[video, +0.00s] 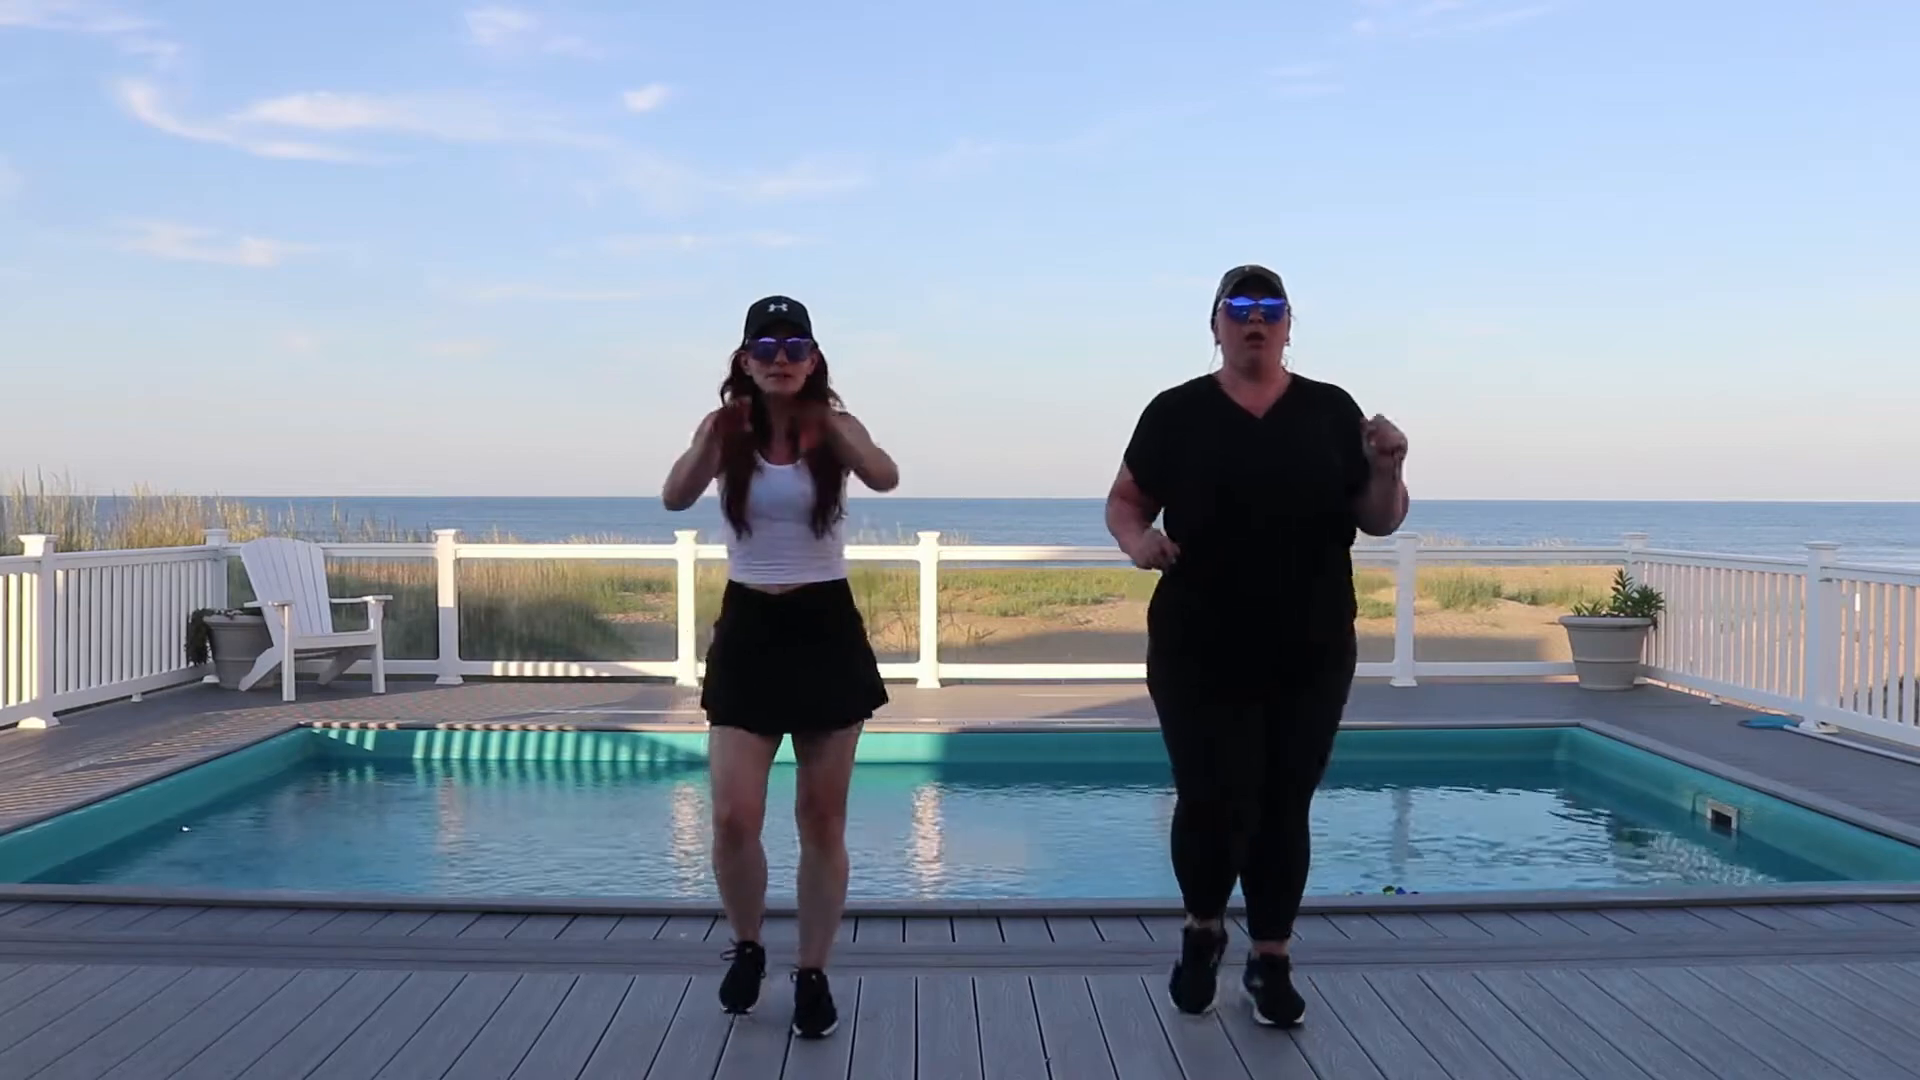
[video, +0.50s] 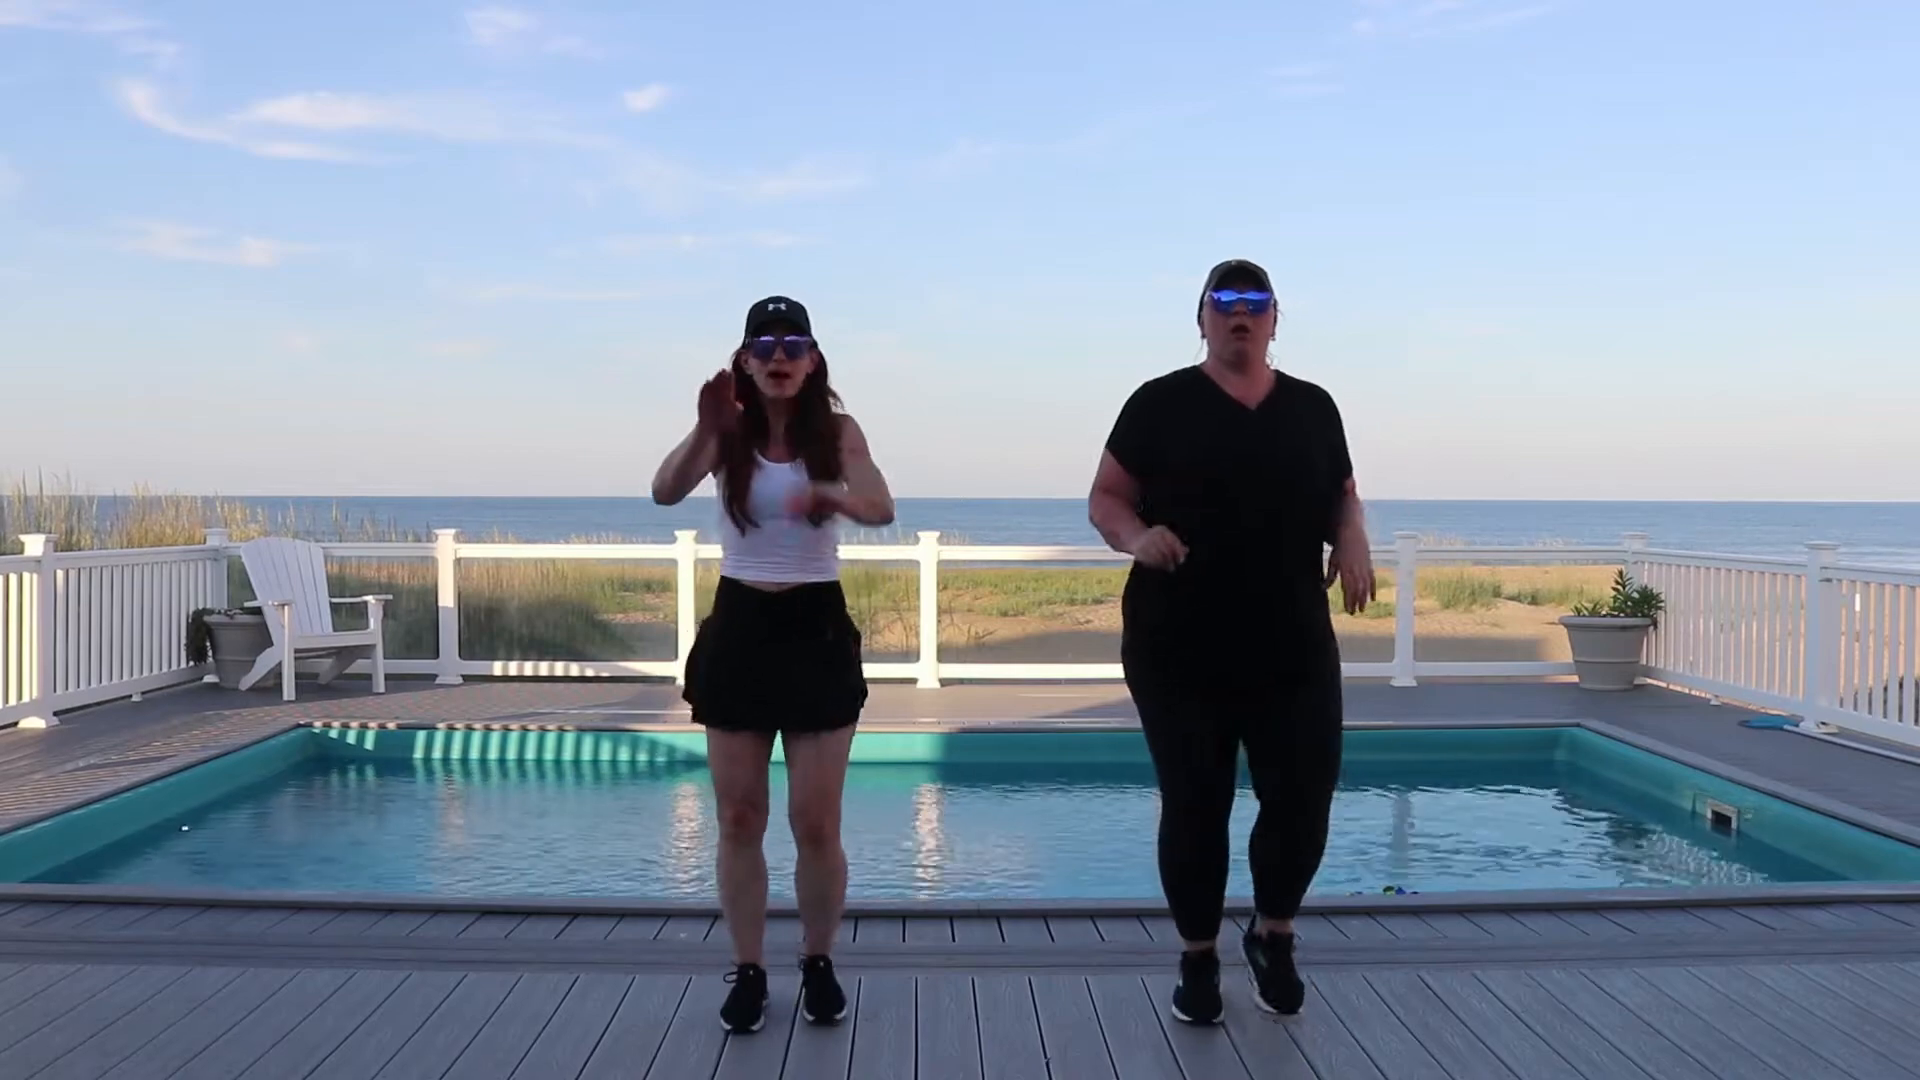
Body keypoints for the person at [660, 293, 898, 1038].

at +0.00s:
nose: (782, 360)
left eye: (795, 349)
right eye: (767, 349)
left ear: (813, 357)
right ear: (745, 358)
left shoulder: (832, 423)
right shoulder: (726, 428)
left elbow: (884, 476)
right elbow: (676, 498)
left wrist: (835, 425)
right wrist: (710, 442)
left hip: (827, 628)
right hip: (749, 628)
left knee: (821, 817)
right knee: (733, 820)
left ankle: (812, 973)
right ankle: (747, 946)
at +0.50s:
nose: (781, 360)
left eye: (795, 347)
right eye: (766, 349)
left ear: (814, 356)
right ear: (745, 360)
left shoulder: (836, 429)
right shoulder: (726, 432)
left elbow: (880, 506)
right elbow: (665, 493)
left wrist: (837, 498)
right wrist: (707, 431)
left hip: (818, 629)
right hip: (738, 629)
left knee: (815, 823)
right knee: (740, 816)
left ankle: (818, 963)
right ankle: (747, 972)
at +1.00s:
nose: (784, 377)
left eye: (797, 365)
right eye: (769, 365)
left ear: (816, 375)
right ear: (747, 375)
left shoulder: (835, 458)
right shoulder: (715, 451)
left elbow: (866, 549)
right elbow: (667, 546)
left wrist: (897, 635)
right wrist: (648, 646)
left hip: (817, 644)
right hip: (736, 646)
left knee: (828, 832)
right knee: (742, 837)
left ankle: (818, 961)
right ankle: (763, 967)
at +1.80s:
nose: (779, 364)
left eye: (793, 351)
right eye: (764, 352)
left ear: (812, 362)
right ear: (742, 361)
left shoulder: (829, 432)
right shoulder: (720, 429)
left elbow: (852, 499)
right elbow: (667, 500)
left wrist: (854, 412)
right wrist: (768, 526)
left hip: (813, 636)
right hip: (733, 637)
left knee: (802, 827)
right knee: (731, 839)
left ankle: (792, 973)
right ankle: (759, 953)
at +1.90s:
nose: (782, 381)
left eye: (795, 368)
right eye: (767, 368)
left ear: (814, 376)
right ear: (744, 378)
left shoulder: (839, 449)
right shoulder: (727, 443)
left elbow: (867, 509)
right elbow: (659, 473)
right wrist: (718, 513)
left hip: (823, 652)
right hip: (742, 651)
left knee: (809, 845)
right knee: (708, 843)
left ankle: (793, 972)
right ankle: (747, 937)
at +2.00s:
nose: (781, 390)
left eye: (794, 377)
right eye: (765, 377)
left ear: (813, 386)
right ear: (743, 388)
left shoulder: (836, 461)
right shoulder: (728, 457)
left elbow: (863, 552)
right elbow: (666, 479)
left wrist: (783, 570)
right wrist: (714, 407)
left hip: (832, 657)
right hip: (753, 658)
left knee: (820, 850)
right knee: (705, 829)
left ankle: (793, 974)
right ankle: (737, 969)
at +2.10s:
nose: (773, 380)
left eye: (788, 367)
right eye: (760, 368)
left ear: (810, 377)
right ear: (741, 379)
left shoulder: (836, 451)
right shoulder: (729, 448)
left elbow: (855, 538)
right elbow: (686, 478)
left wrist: (760, 536)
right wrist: (705, 367)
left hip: (835, 649)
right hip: (755, 649)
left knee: (823, 836)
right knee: (724, 826)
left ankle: (794, 975)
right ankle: (736, 1000)